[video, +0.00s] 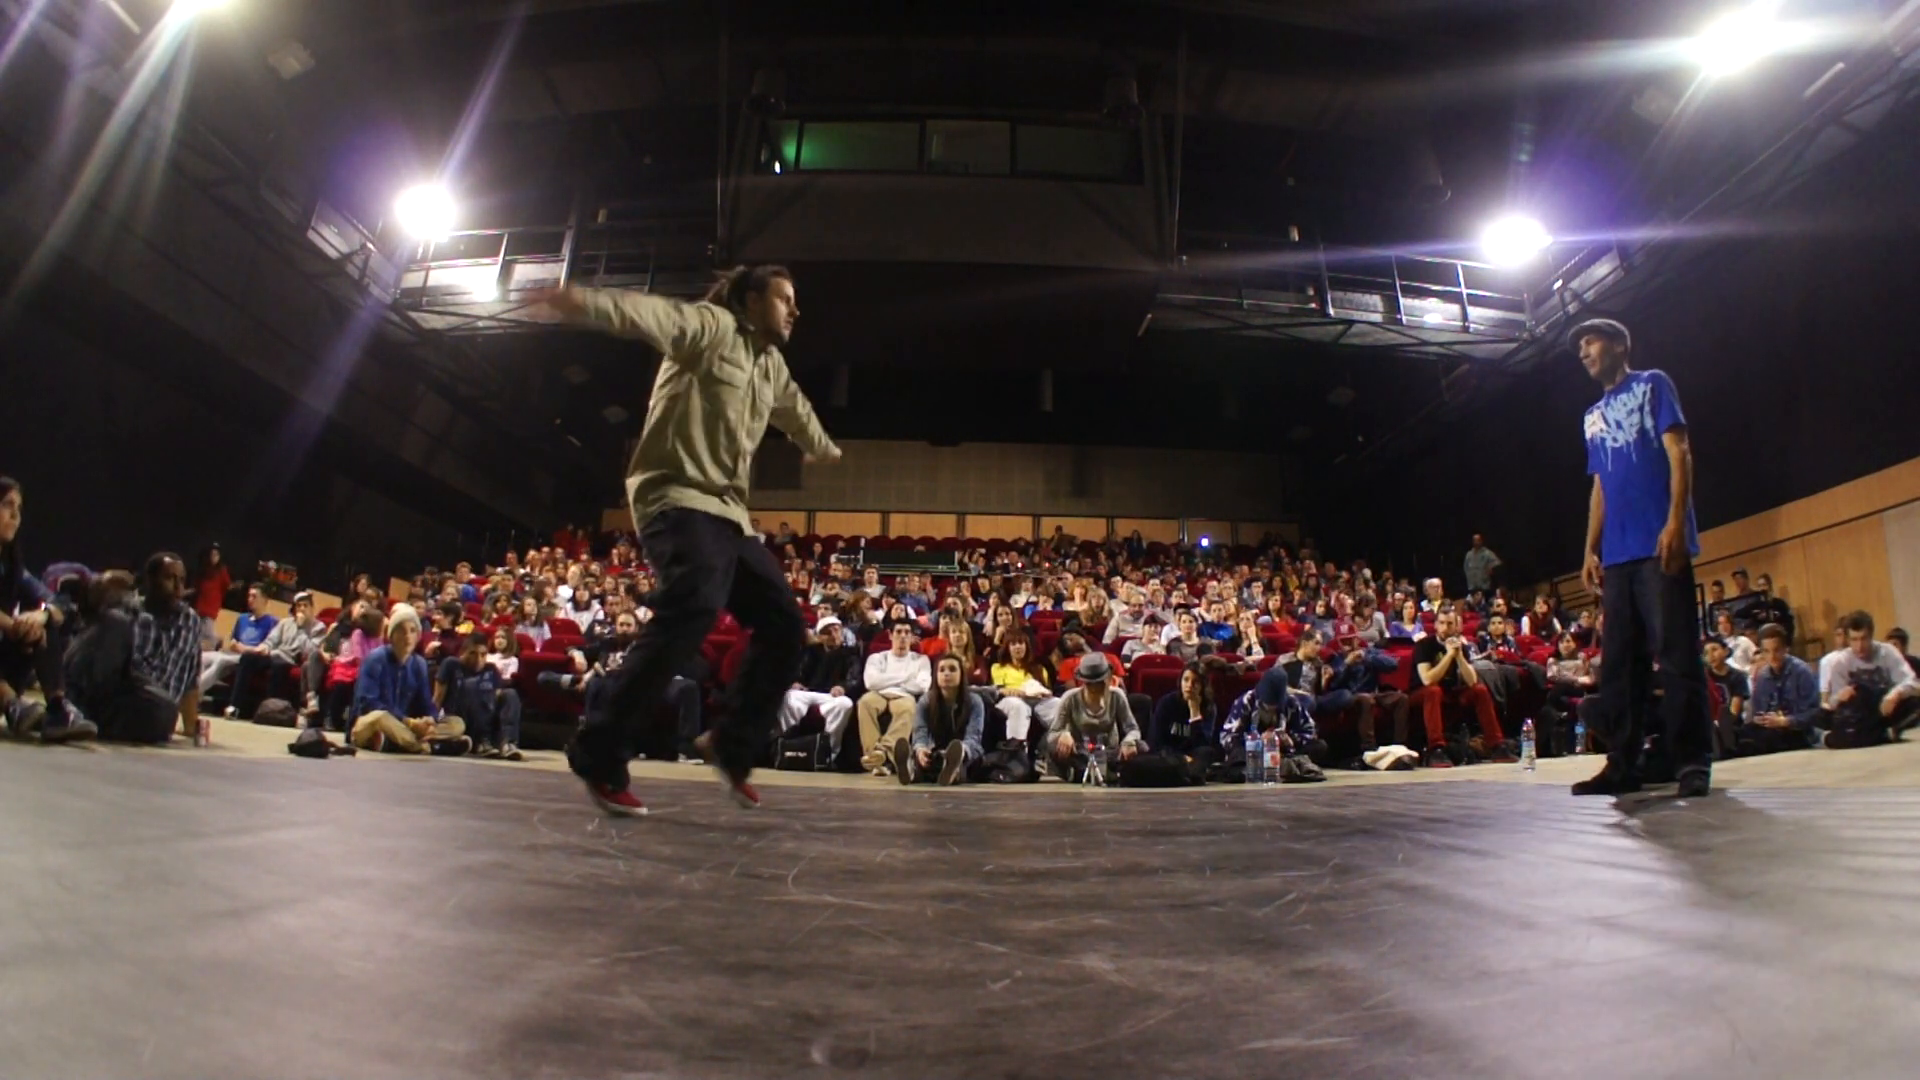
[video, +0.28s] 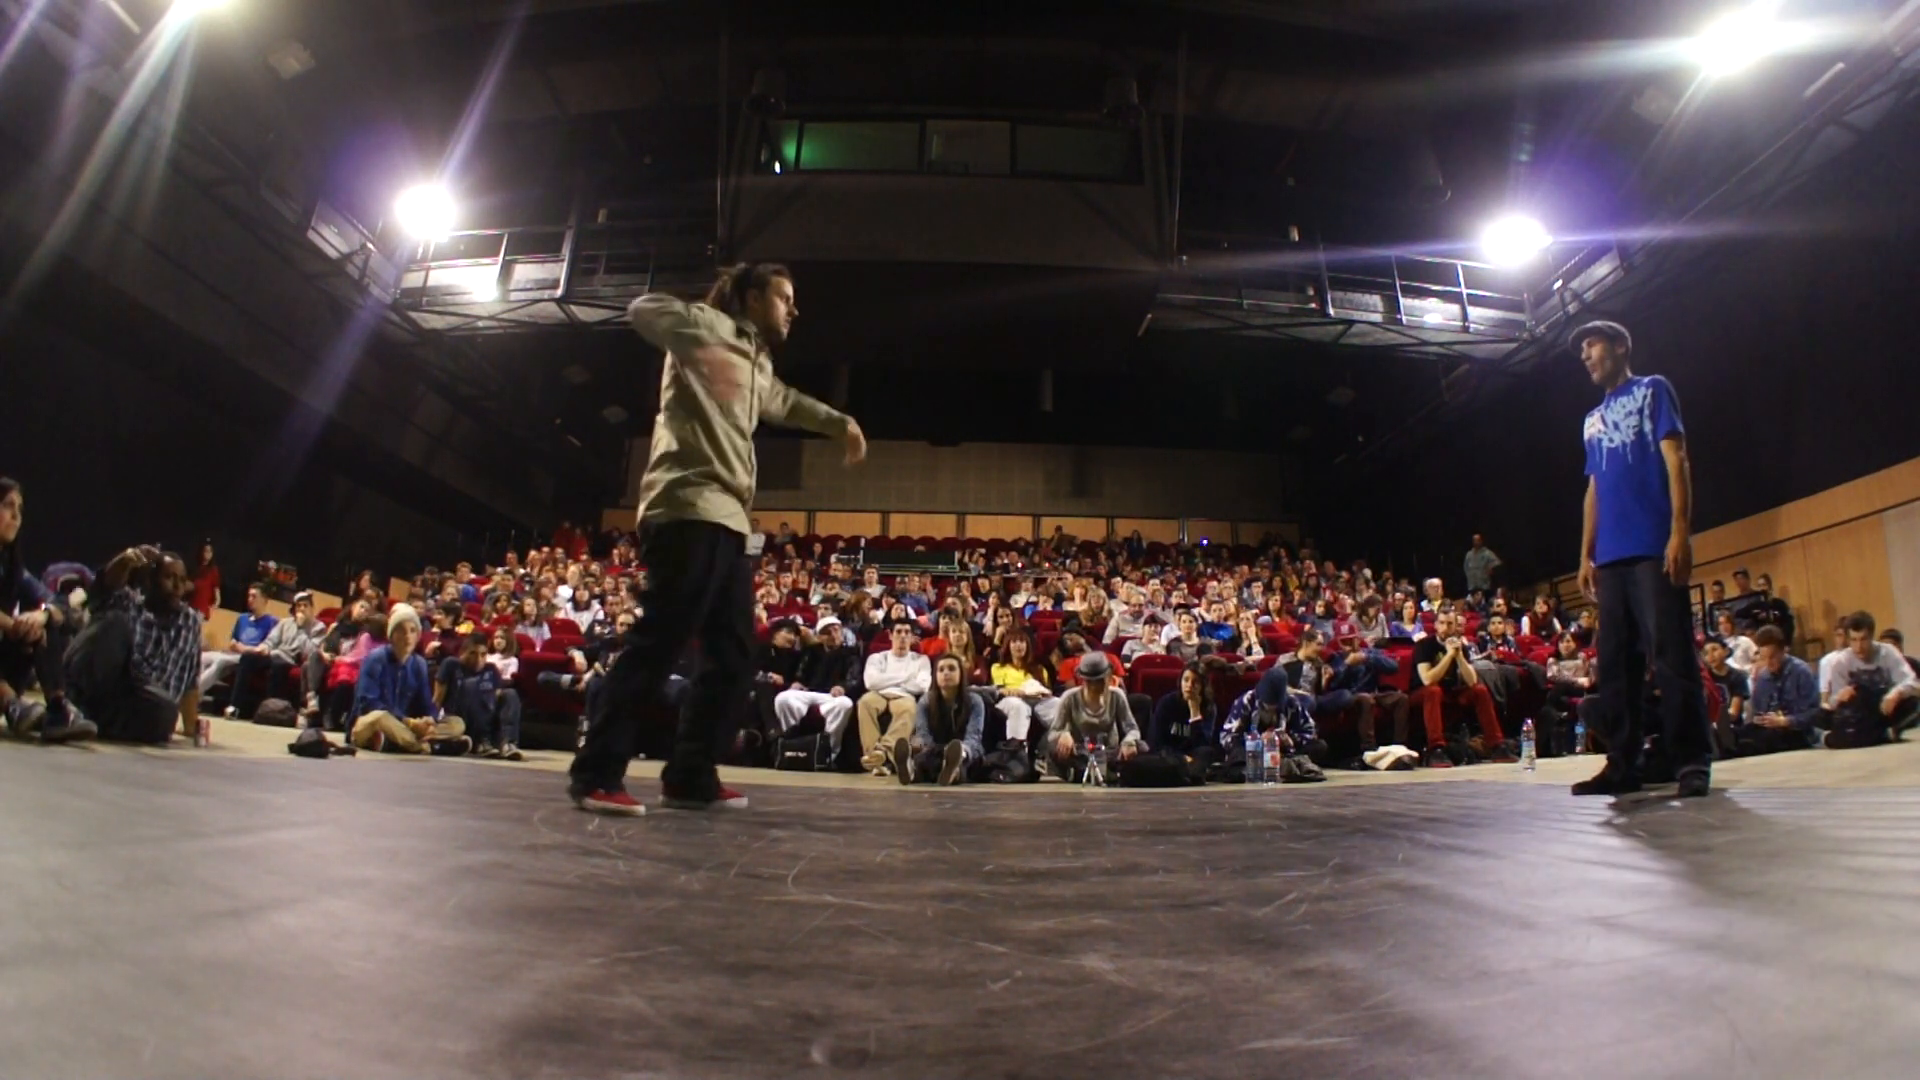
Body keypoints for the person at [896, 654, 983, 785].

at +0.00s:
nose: (947, 674)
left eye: (952, 669)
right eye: (942, 670)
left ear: (961, 674)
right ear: (936, 674)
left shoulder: (974, 701)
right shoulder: (925, 701)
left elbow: (974, 738)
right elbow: (920, 730)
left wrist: (962, 751)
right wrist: (920, 747)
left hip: (962, 751)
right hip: (934, 750)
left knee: (955, 762)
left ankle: (949, 773)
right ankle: (911, 768)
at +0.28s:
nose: (946, 673)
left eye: (951, 669)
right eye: (941, 670)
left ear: (961, 674)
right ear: (935, 675)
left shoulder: (974, 701)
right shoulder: (925, 702)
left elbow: (974, 737)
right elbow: (922, 735)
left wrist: (962, 751)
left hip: (963, 749)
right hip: (935, 749)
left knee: (956, 762)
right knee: (927, 759)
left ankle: (949, 773)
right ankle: (912, 768)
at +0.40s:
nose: (946, 674)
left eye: (951, 669)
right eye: (941, 670)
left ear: (961, 674)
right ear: (935, 675)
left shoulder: (974, 701)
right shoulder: (925, 701)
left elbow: (974, 737)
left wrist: (962, 752)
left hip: (963, 750)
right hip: (935, 750)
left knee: (956, 763)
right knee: (926, 761)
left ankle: (950, 773)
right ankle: (912, 769)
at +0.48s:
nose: (946, 674)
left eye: (951, 670)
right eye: (941, 671)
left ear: (961, 674)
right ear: (935, 675)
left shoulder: (974, 701)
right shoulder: (925, 700)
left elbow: (973, 737)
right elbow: (923, 732)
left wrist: (962, 752)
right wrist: (936, 749)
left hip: (963, 749)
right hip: (935, 750)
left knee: (957, 762)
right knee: (925, 761)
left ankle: (950, 773)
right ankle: (911, 769)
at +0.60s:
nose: (946, 674)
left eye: (951, 669)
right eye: (941, 670)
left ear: (961, 674)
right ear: (935, 675)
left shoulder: (974, 701)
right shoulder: (925, 701)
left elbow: (973, 737)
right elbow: (925, 738)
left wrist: (962, 752)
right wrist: (940, 749)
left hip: (964, 748)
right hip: (936, 750)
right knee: (927, 761)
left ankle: (949, 773)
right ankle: (912, 768)